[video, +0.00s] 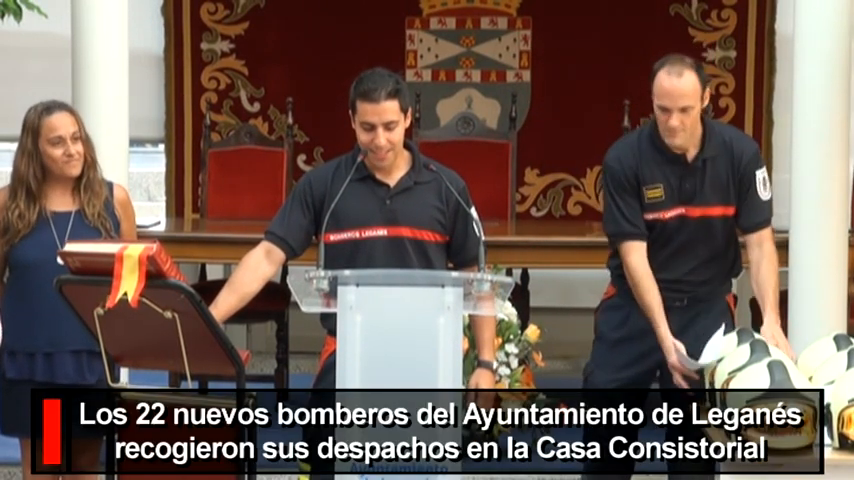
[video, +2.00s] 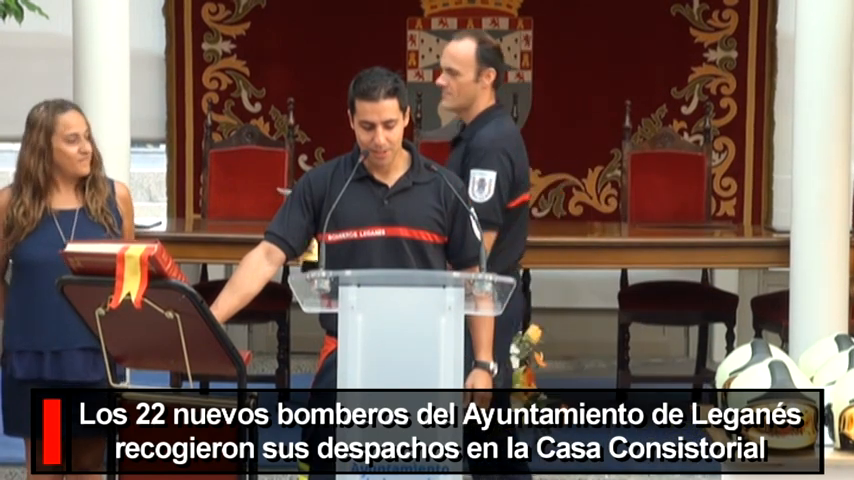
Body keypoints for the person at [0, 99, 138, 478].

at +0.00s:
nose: (72, 149)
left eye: (77, 138)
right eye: (58, 142)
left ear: (85, 140)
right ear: (35, 150)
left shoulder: (114, 200)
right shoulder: (10, 203)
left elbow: (131, 278)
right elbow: (2, 278)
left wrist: (126, 347)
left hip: (91, 359)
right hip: (26, 359)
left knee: (87, 466)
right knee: (40, 468)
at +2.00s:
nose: (86, 147)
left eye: (87, 137)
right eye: (72, 139)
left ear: (93, 139)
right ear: (42, 147)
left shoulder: (116, 196)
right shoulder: (11, 202)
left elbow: (127, 273)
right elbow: (1, 277)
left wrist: (126, 344)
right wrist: (6, 330)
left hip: (95, 355)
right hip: (30, 354)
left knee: (90, 465)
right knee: (43, 466)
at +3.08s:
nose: (114, 146)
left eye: (119, 136)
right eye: (100, 141)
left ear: (128, 139)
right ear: (80, 150)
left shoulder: (152, 195)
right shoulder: (65, 197)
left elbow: (165, 265)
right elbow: (67, 276)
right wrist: (116, 321)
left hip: (135, 336)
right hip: (76, 336)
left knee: (124, 450)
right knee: (78, 450)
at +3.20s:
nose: (113, 145)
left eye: (117, 135)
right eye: (99, 140)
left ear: (127, 138)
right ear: (80, 150)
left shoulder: (155, 195)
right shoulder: (64, 196)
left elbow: (165, 267)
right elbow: (56, 274)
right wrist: (114, 302)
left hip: (137, 338)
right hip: (75, 337)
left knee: (123, 452)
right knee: (76, 452)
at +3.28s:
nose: (112, 145)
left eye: (117, 135)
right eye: (98, 139)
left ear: (127, 139)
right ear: (79, 150)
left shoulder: (155, 195)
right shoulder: (63, 196)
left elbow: (169, 268)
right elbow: (50, 274)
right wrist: (123, 278)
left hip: (136, 343)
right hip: (74, 341)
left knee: (121, 454)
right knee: (73, 455)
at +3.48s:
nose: (105, 146)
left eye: (111, 135)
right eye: (92, 140)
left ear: (122, 140)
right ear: (73, 149)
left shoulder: (152, 195)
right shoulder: (55, 198)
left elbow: (170, 265)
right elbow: (38, 276)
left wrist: (139, 275)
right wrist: (102, 282)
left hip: (133, 347)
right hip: (70, 345)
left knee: (119, 457)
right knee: (65, 459)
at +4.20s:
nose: (54, 145)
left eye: (59, 136)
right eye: (40, 139)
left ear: (69, 142)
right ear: (19, 151)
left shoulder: (100, 197)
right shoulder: (7, 206)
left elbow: (123, 271)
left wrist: (94, 261)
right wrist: (18, 285)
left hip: (89, 360)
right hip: (22, 360)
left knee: (91, 466)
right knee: (31, 467)